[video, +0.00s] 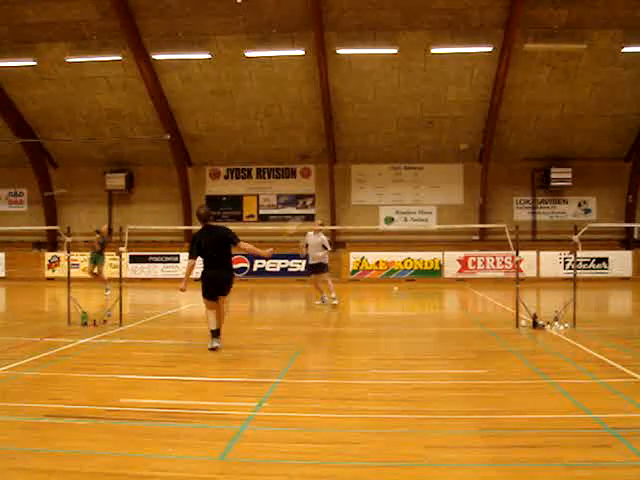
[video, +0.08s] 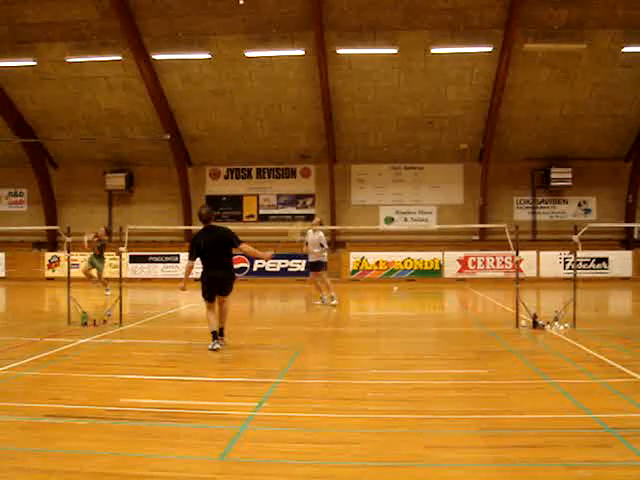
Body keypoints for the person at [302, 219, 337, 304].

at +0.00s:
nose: (316, 227)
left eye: (318, 225)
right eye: (315, 225)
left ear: (321, 227)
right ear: (313, 226)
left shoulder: (322, 238)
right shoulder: (309, 235)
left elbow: (329, 249)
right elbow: (305, 244)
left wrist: (321, 254)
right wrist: (304, 252)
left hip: (322, 261)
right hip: (312, 261)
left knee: (326, 278)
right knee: (314, 281)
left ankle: (333, 296)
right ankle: (322, 296)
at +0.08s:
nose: (313, 224)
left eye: (316, 223)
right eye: (313, 222)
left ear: (319, 225)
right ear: (312, 223)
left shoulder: (320, 234)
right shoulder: (309, 232)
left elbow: (325, 247)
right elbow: (306, 242)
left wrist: (315, 251)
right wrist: (306, 248)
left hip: (320, 259)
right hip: (311, 259)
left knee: (324, 277)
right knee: (314, 279)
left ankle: (332, 295)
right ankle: (323, 296)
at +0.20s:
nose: (310, 223)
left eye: (312, 221)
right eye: (311, 221)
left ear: (316, 223)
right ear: (311, 223)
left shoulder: (317, 233)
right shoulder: (310, 232)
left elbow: (316, 244)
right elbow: (310, 242)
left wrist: (305, 246)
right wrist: (302, 243)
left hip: (320, 258)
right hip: (312, 257)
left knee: (318, 276)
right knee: (307, 275)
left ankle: (329, 292)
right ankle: (318, 292)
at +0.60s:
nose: (299, 229)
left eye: (301, 228)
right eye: (299, 228)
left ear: (303, 231)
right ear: (299, 231)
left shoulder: (303, 238)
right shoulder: (297, 239)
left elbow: (300, 229)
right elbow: (295, 244)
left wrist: (294, 222)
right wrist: (291, 241)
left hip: (306, 261)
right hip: (299, 262)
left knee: (310, 278)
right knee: (297, 277)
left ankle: (326, 292)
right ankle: (303, 293)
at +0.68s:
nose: (296, 229)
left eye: (298, 227)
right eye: (295, 227)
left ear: (301, 229)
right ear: (295, 229)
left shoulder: (301, 237)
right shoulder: (294, 237)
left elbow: (298, 229)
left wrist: (294, 220)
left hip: (303, 260)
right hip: (297, 260)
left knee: (307, 276)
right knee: (295, 277)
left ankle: (325, 290)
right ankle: (303, 292)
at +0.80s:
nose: (295, 221)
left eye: (297, 220)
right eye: (295, 219)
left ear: (300, 222)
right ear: (294, 220)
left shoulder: (299, 229)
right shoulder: (291, 229)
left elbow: (298, 228)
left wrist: (297, 226)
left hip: (297, 251)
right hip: (291, 251)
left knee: (299, 269)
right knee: (294, 270)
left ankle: (312, 281)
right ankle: (300, 288)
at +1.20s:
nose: (289, 234)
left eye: (291, 233)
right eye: (288, 232)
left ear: (293, 234)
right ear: (286, 233)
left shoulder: (294, 242)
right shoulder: (281, 239)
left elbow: (297, 250)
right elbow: (273, 241)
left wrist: (293, 254)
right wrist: (275, 246)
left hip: (288, 261)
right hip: (280, 260)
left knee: (287, 276)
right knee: (280, 276)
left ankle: (296, 287)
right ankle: (281, 291)